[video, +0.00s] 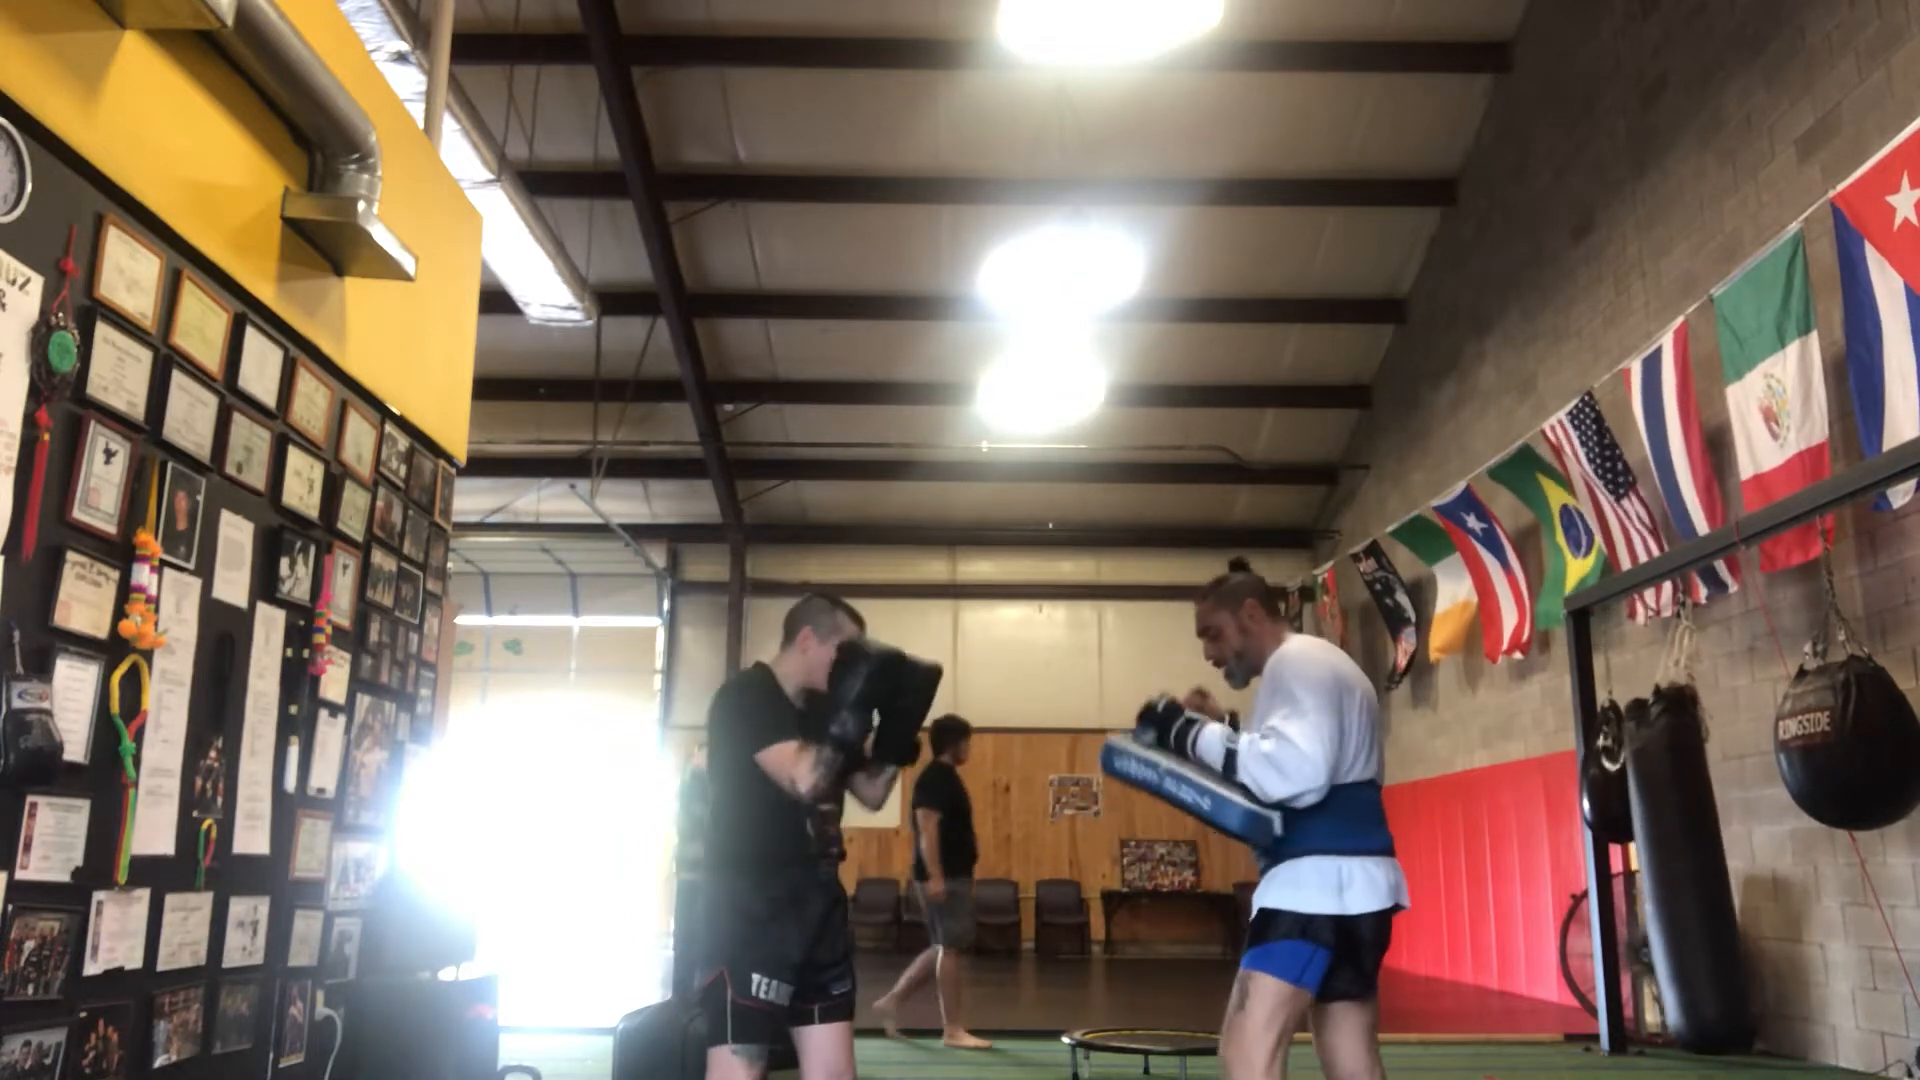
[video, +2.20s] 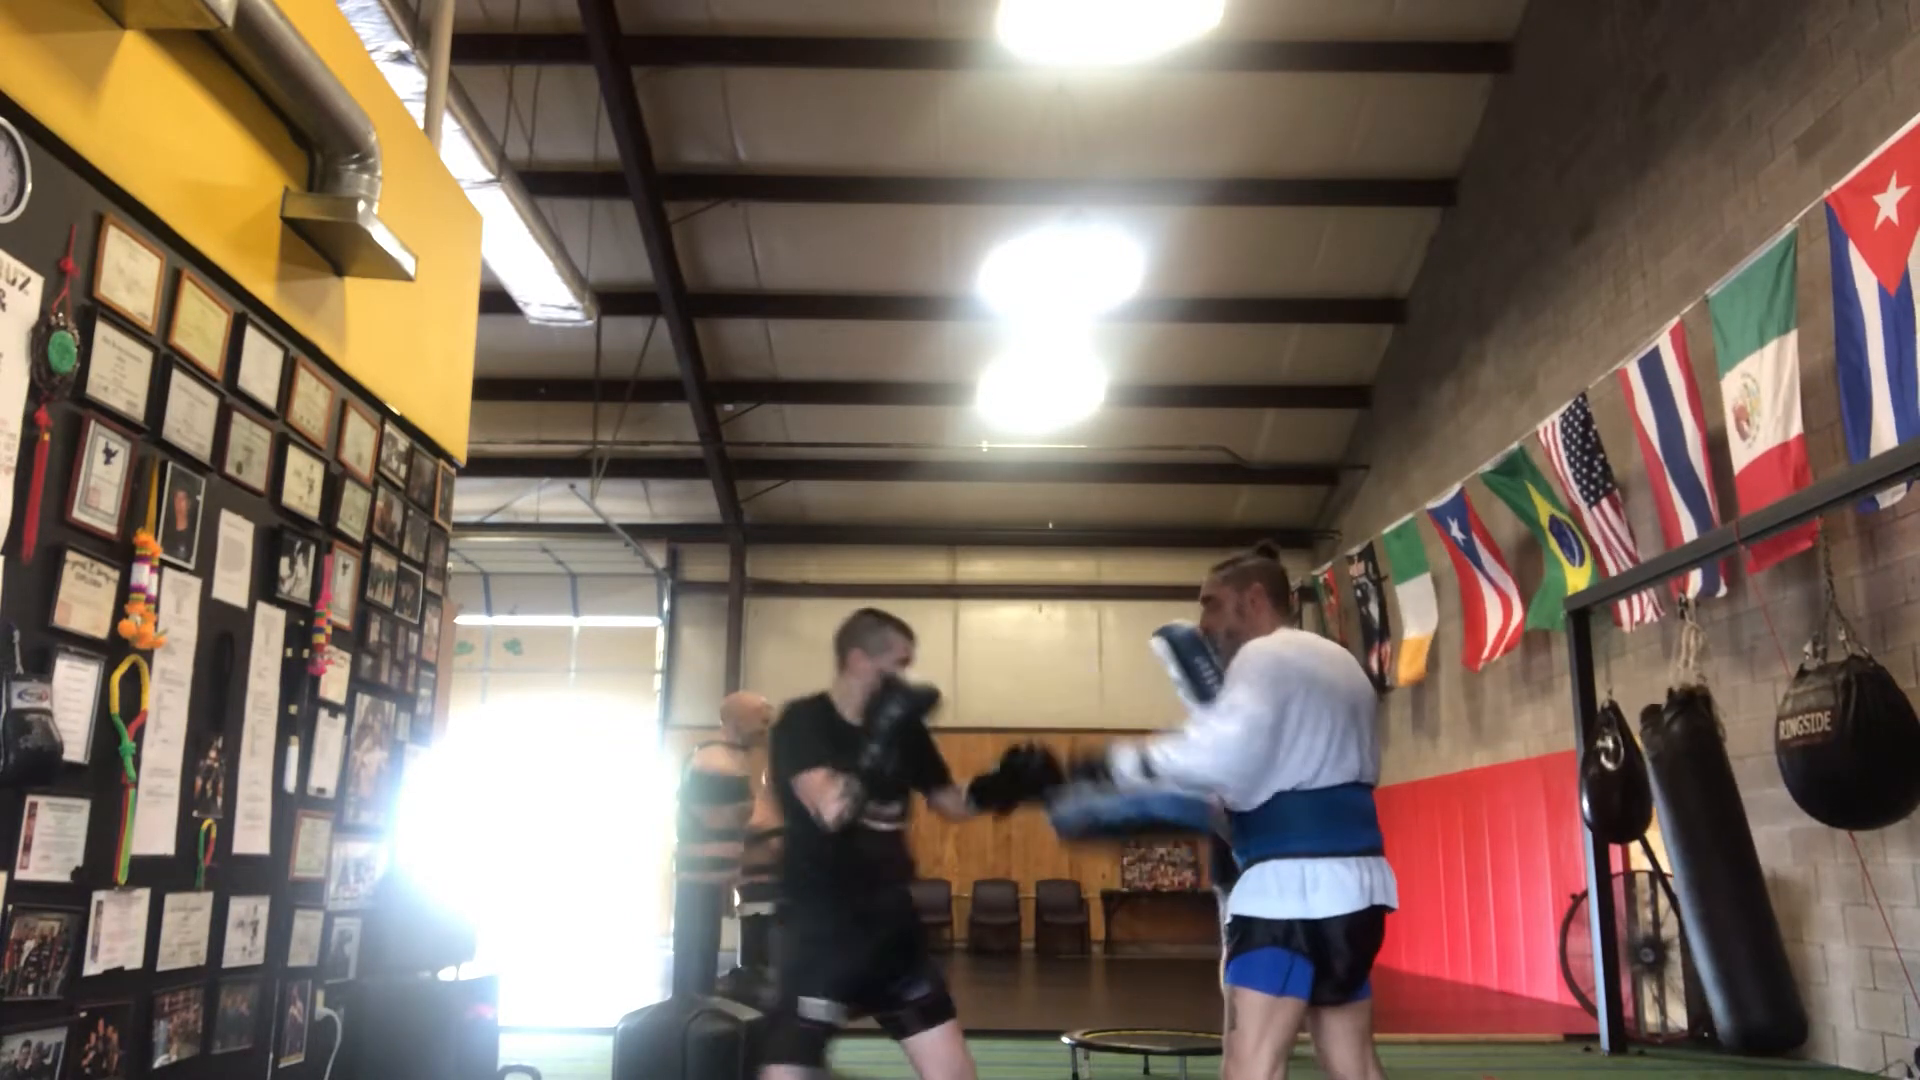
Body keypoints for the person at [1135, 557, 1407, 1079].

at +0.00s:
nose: (1208, 653)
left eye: (1212, 634)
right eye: (1203, 640)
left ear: (1251, 614)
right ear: (1252, 616)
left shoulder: (1297, 663)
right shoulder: (1333, 664)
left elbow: (1291, 771)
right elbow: (1307, 769)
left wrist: (1188, 733)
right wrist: (1224, 726)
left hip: (1312, 886)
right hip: (1361, 886)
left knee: (1247, 1053)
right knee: (1352, 1062)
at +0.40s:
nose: (1193, 645)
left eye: (1194, 629)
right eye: (1187, 632)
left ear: (1229, 611)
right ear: (1241, 609)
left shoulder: (1255, 668)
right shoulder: (1334, 663)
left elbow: (1208, 773)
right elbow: (1295, 758)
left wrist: (1105, 736)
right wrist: (1219, 712)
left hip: (1285, 895)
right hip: (1356, 889)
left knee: (1255, 1065)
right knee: (1352, 1062)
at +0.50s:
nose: (1182, 643)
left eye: (1184, 627)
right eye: (1178, 631)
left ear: (1219, 609)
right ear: (1229, 609)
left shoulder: (1238, 667)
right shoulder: (1325, 660)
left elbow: (1156, 755)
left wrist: (1053, 717)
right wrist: (1188, 712)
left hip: (1276, 895)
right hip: (1350, 890)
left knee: (1242, 1068)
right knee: (1347, 1064)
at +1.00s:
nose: (1170, 639)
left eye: (1173, 622)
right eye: (1166, 626)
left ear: (1210, 608)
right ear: (1216, 607)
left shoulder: (1242, 660)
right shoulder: (1315, 661)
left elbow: (1216, 768)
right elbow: (1290, 760)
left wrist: (1111, 736)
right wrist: (1205, 718)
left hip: (1269, 892)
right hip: (1336, 886)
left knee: (1246, 1065)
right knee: (1338, 1060)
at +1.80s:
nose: (1193, 648)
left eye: (1194, 632)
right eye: (1188, 635)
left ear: (1227, 614)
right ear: (1236, 614)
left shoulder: (1244, 669)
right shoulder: (1333, 659)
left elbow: (1149, 734)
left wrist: (1060, 688)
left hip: (1301, 891)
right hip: (1371, 884)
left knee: (1268, 1063)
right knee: (1358, 1060)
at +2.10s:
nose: (1200, 626)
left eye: (1206, 611)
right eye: (1198, 613)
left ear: (1248, 602)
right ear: (1259, 601)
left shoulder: (1251, 659)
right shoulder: (1343, 661)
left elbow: (1166, 717)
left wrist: (1068, 687)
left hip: (1292, 894)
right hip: (1365, 887)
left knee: (1260, 1064)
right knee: (1358, 1064)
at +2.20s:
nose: (1203, 623)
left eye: (1211, 604)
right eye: (1202, 608)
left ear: (1253, 598)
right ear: (1260, 602)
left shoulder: (1264, 659)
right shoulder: (1344, 663)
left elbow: (1228, 757)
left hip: (1286, 893)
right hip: (1358, 887)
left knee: (1251, 1066)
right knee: (1354, 1062)